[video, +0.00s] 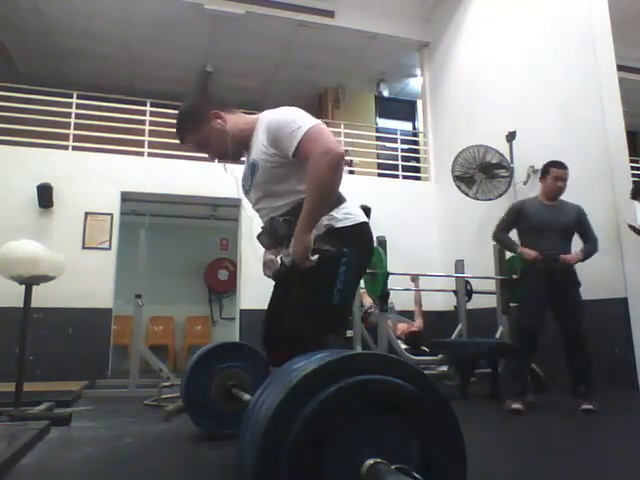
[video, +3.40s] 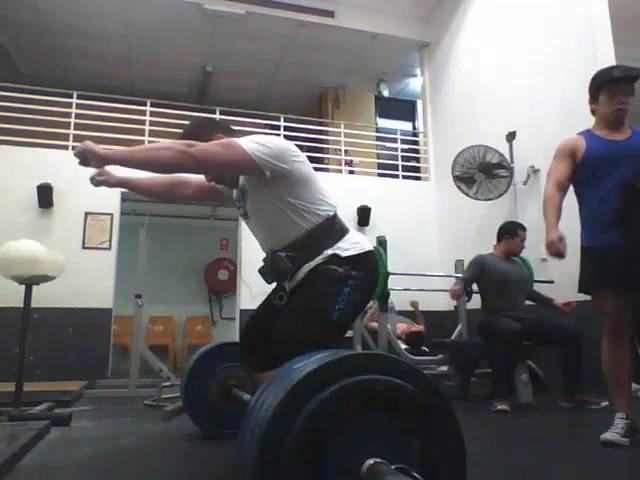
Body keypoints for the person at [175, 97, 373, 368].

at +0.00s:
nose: (211, 156)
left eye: (205, 146)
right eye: (203, 152)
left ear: (219, 120)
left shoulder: (277, 120)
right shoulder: (250, 172)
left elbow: (329, 154)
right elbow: (278, 216)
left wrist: (303, 232)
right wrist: (272, 250)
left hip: (338, 238)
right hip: (302, 251)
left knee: (305, 334)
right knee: (276, 334)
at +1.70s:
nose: (197, 162)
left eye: (193, 152)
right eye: (190, 157)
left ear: (208, 127)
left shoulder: (268, 129)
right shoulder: (240, 179)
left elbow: (296, 170)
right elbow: (254, 230)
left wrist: (270, 252)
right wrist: (235, 273)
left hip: (327, 246)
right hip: (297, 261)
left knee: (289, 339)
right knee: (257, 337)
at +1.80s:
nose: (198, 161)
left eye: (194, 151)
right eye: (191, 157)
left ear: (210, 127)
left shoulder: (272, 130)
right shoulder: (241, 178)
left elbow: (276, 182)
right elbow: (236, 228)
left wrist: (263, 246)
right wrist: (223, 265)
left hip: (328, 245)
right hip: (296, 260)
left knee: (288, 337)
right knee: (258, 336)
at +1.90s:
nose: (200, 162)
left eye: (197, 151)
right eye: (193, 157)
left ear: (213, 126)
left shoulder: (272, 133)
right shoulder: (236, 175)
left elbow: (257, 174)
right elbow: (212, 219)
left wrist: (220, 216)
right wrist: (179, 262)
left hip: (330, 247)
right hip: (292, 263)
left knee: (290, 339)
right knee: (258, 338)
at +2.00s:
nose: (204, 157)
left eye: (201, 148)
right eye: (197, 154)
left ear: (215, 125)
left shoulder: (278, 134)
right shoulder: (241, 177)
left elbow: (227, 158)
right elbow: (204, 207)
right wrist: (150, 233)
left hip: (331, 250)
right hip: (294, 264)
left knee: (294, 342)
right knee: (257, 338)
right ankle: (283, 426)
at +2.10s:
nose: (208, 147)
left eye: (206, 140)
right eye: (201, 144)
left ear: (219, 123)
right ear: (213, 133)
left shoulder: (278, 134)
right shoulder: (238, 177)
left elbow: (210, 147)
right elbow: (188, 197)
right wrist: (131, 207)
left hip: (333, 251)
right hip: (296, 267)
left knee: (288, 346)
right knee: (257, 345)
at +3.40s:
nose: (202, 163)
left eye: (201, 154)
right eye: (195, 157)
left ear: (217, 137)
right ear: (213, 144)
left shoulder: (273, 150)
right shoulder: (237, 184)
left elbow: (190, 155)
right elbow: (181, 189)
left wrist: (109, 152)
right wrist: (122, 180)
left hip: (342, 265)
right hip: (304, 275)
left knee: (285, 352)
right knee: (254, 344)